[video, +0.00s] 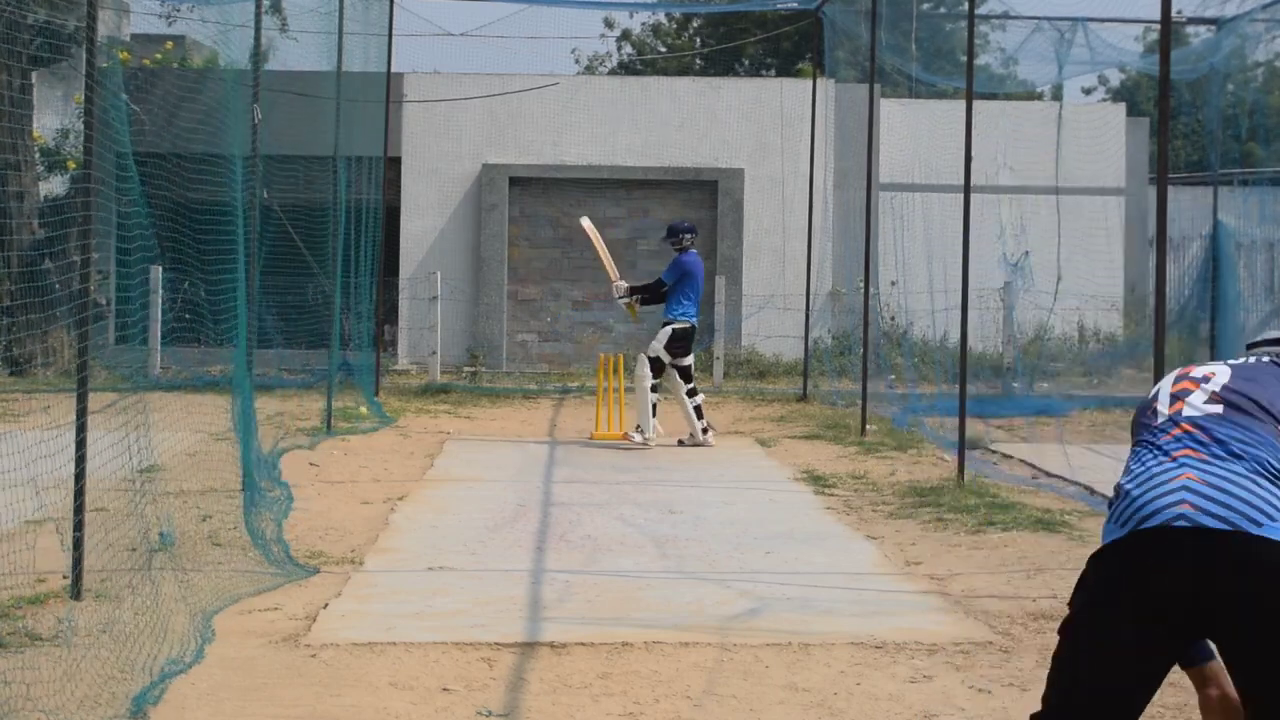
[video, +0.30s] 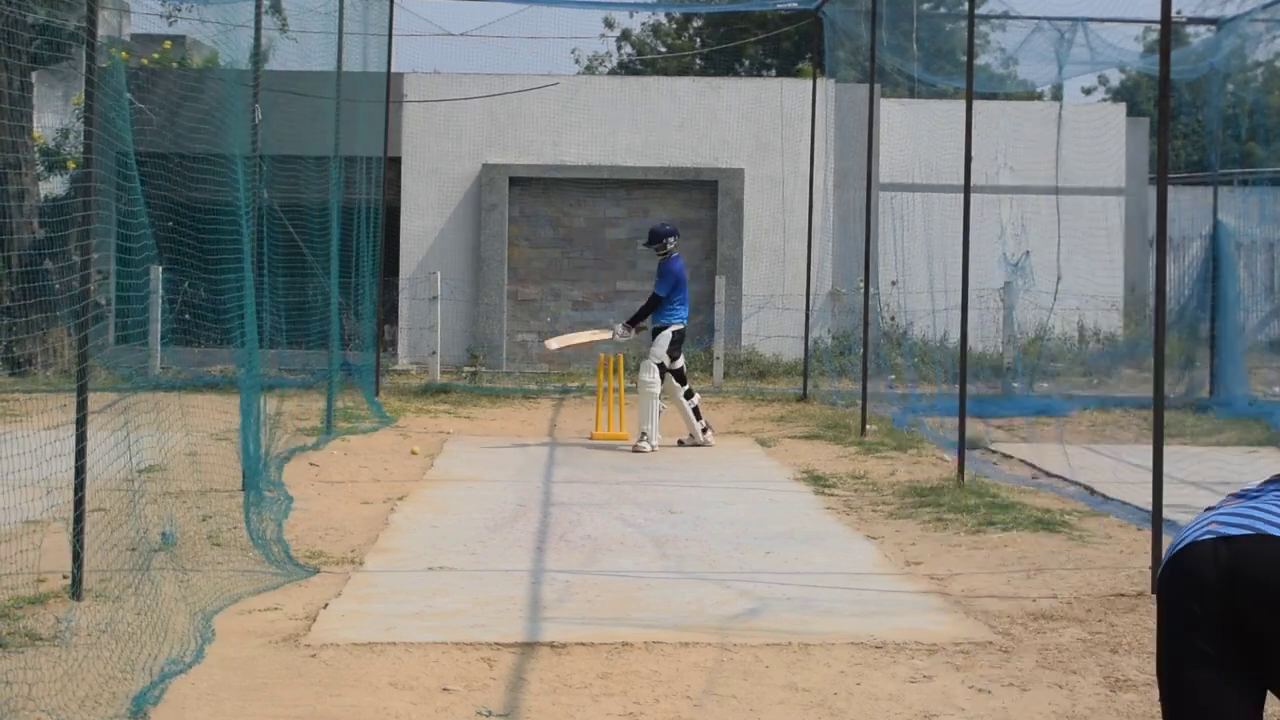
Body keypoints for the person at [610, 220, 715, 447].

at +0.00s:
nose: (672, 245)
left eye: (674, 241)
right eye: (671, 241)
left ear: (682, 239)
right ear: (690, 239)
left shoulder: (683, 260)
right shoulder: (693, 261)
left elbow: (656, 287)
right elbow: (666, 295)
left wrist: (627, 289)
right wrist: (636, 300)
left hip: (675, 328)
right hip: (686, 328)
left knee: (647, 371)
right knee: (682, 381)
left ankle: (646, 432)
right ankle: (701, 433)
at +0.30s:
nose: (655, 250)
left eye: (657, 246)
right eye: (654, 246)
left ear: (665, 244)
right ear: (670, 244)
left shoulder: (671, 266)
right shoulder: (668, 264)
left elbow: (655, 300)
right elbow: (656, 300)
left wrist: (628, 323)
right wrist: (636, 324)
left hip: (671, 328)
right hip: (664, 327)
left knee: (650, 375)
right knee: (677, 383)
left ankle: (648, 438)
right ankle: (701, 432)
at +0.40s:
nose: (649, 251)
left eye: (652, 247)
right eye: (648, 247)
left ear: (662, 244)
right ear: (650, 246)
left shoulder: (668, 267)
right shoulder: (652, 264)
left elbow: (656, 305)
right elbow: (645, 300)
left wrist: (635, 331)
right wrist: (633, 329)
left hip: (667, 329)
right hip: (654, 329)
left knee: (646, 378)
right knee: (663, 387)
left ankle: (648, 439)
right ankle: (696, 430)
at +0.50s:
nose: (640, 251)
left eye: (643, 246)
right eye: (638, 247)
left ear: (655, 243)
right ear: (638, 246)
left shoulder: (662, 267)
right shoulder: (638, 262)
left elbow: (655, 305)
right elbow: (633, 293)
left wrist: (636, 334)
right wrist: (631, 321)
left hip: (660, 327)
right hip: (642, 326)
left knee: (646, 376)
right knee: (636, 379)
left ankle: (648, 438)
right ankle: (676, 418)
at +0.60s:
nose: (634, 251)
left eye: (637, 247)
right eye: (632, 247)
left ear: (649, 243)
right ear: (631, 246)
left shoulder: (659, 267)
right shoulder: (631, 262)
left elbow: (653, 305)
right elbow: (626, 290)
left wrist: (634, 331)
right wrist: (623, 319)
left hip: (654, 324)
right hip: (634, 323)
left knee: (644, 376)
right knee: (630, 382)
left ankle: (648, 437)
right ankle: (655, 413)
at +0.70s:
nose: (625, 255)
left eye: (629, 250)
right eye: (622, 251)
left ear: (641, 244)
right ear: (618, 248)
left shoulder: (651, 267)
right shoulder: (619, 261)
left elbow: (645, 307)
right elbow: (613, 290)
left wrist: (628, 337)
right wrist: (612, 319)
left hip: (645, 326)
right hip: (623, 325)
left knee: (642, 376)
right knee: (601, 373)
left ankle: (647, 437)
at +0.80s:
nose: (617, 259)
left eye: (620, 254)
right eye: (614, 255)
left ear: (632, 248)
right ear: (611, 251)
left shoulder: (645, 267)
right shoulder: (610, 262)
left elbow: (641, 308)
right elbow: (603, 292)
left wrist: (626, 337)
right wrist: (601, 323)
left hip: (638, 328)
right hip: (612, 326)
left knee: (637, 378)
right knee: (593, 374)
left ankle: (646, 438)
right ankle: (581, 434)